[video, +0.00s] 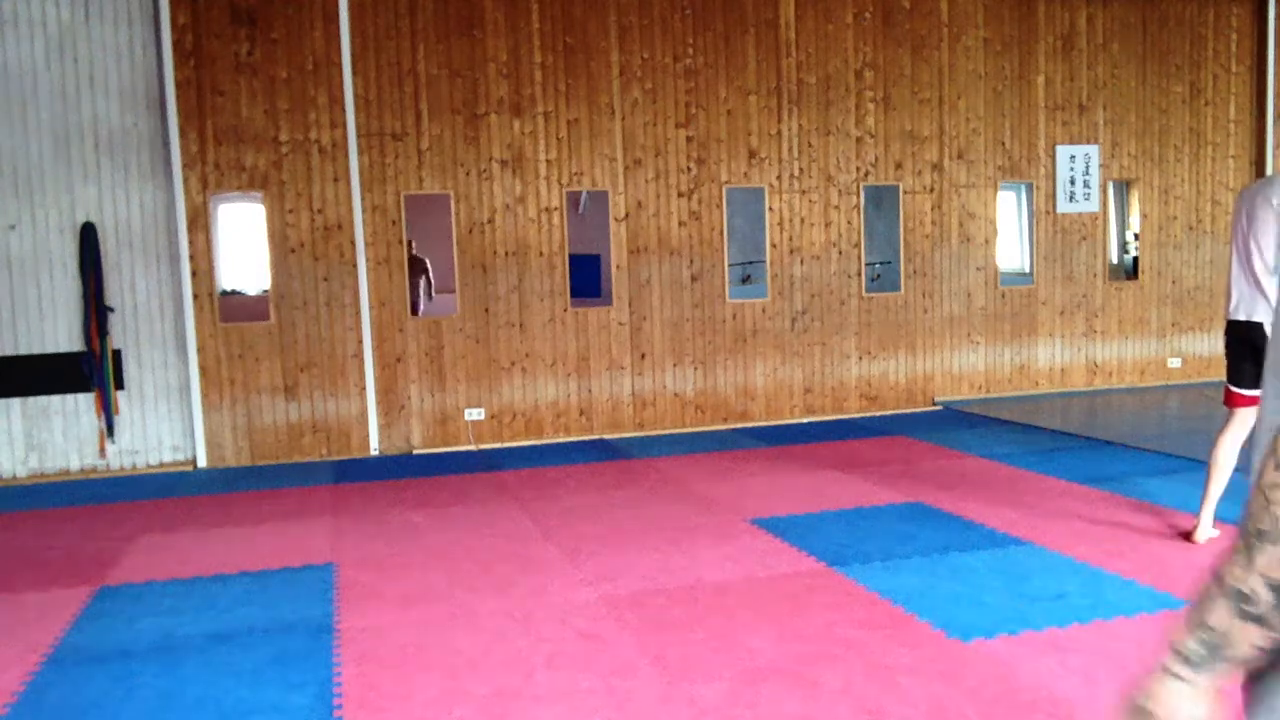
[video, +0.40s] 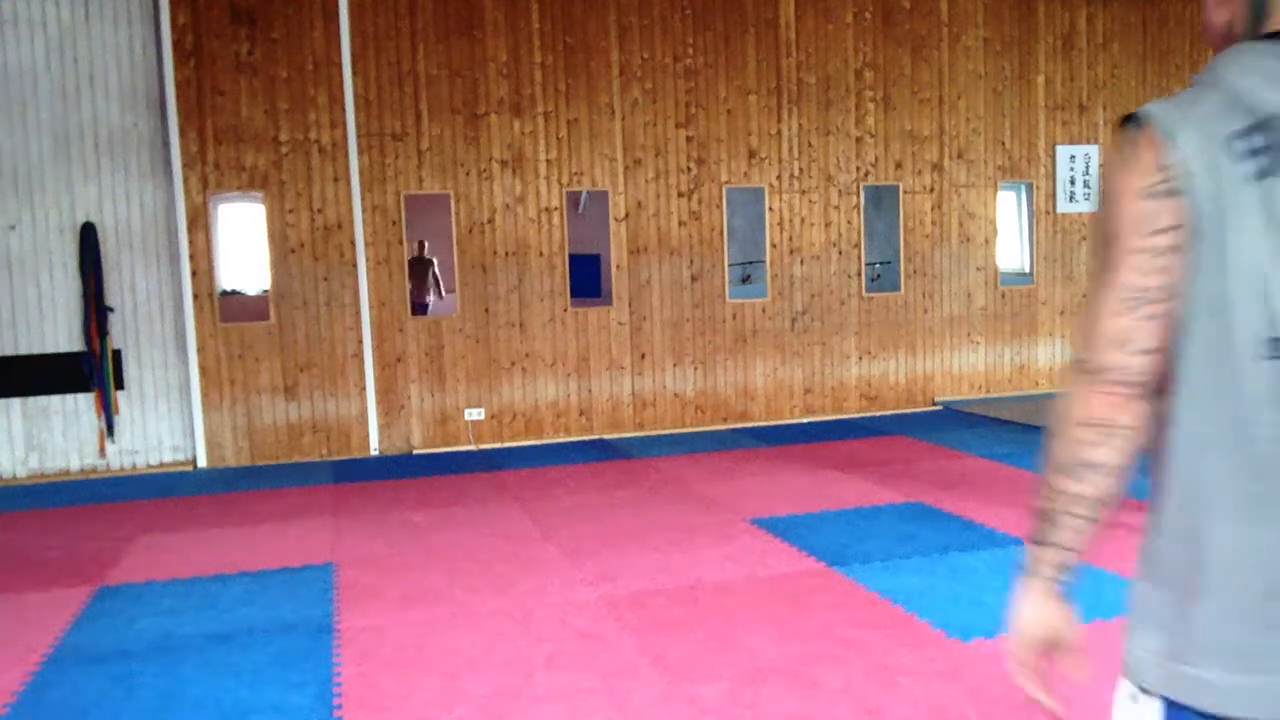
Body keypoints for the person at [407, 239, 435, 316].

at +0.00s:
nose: (410, 250)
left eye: (412, 247)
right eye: (409, 247)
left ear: (415, 248)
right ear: (406, 248)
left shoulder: (422, 261)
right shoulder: (403, 261)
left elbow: (429, 277)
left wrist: (430, 292)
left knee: (416, 315)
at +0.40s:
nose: (422, 249)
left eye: (424, 247)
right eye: (421, 247)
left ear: (426, 248)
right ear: (418, 247)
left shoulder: (431, 261)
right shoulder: (412, 261)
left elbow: (436, 276)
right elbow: (409, 276)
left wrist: (440, 290)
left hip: (426, 291)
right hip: (414, 291)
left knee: (424, 316)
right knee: (414, 315)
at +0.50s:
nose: (424, 249)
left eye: (426, 246)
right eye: (423, 246)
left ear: (429, 247)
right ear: (420, 247)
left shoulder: (433, 261)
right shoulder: (412, 263)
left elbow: (438, 277)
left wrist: (444, 290)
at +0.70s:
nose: (434, 248)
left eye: (436, 245)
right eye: (432, 245)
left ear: (437, 246)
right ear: (427, 246)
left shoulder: (437, 259)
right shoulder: (421, 261)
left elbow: (442, 275)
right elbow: (418, 279)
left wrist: (449, 290)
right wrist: (419, 295)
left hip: (439, 297)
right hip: (426, 299)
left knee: (445, 323)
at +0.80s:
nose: (440, 248)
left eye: (441, 245)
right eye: (437, 245)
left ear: (442, 246)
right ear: (432, 246)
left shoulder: (442, 259)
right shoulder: (426, 261)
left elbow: (445, 278)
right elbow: (421, 278)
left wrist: (452, 291)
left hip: (443, 298)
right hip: (431, 299)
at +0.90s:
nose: (445, 248)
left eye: (446, 245)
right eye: (443, 245)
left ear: (447, 246)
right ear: (438, 246)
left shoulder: (448, 259)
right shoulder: (433, 261)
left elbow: (451, 274)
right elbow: (430, 278)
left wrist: (454, 285)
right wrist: (442, 283)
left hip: (449, 298)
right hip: (436, 299)